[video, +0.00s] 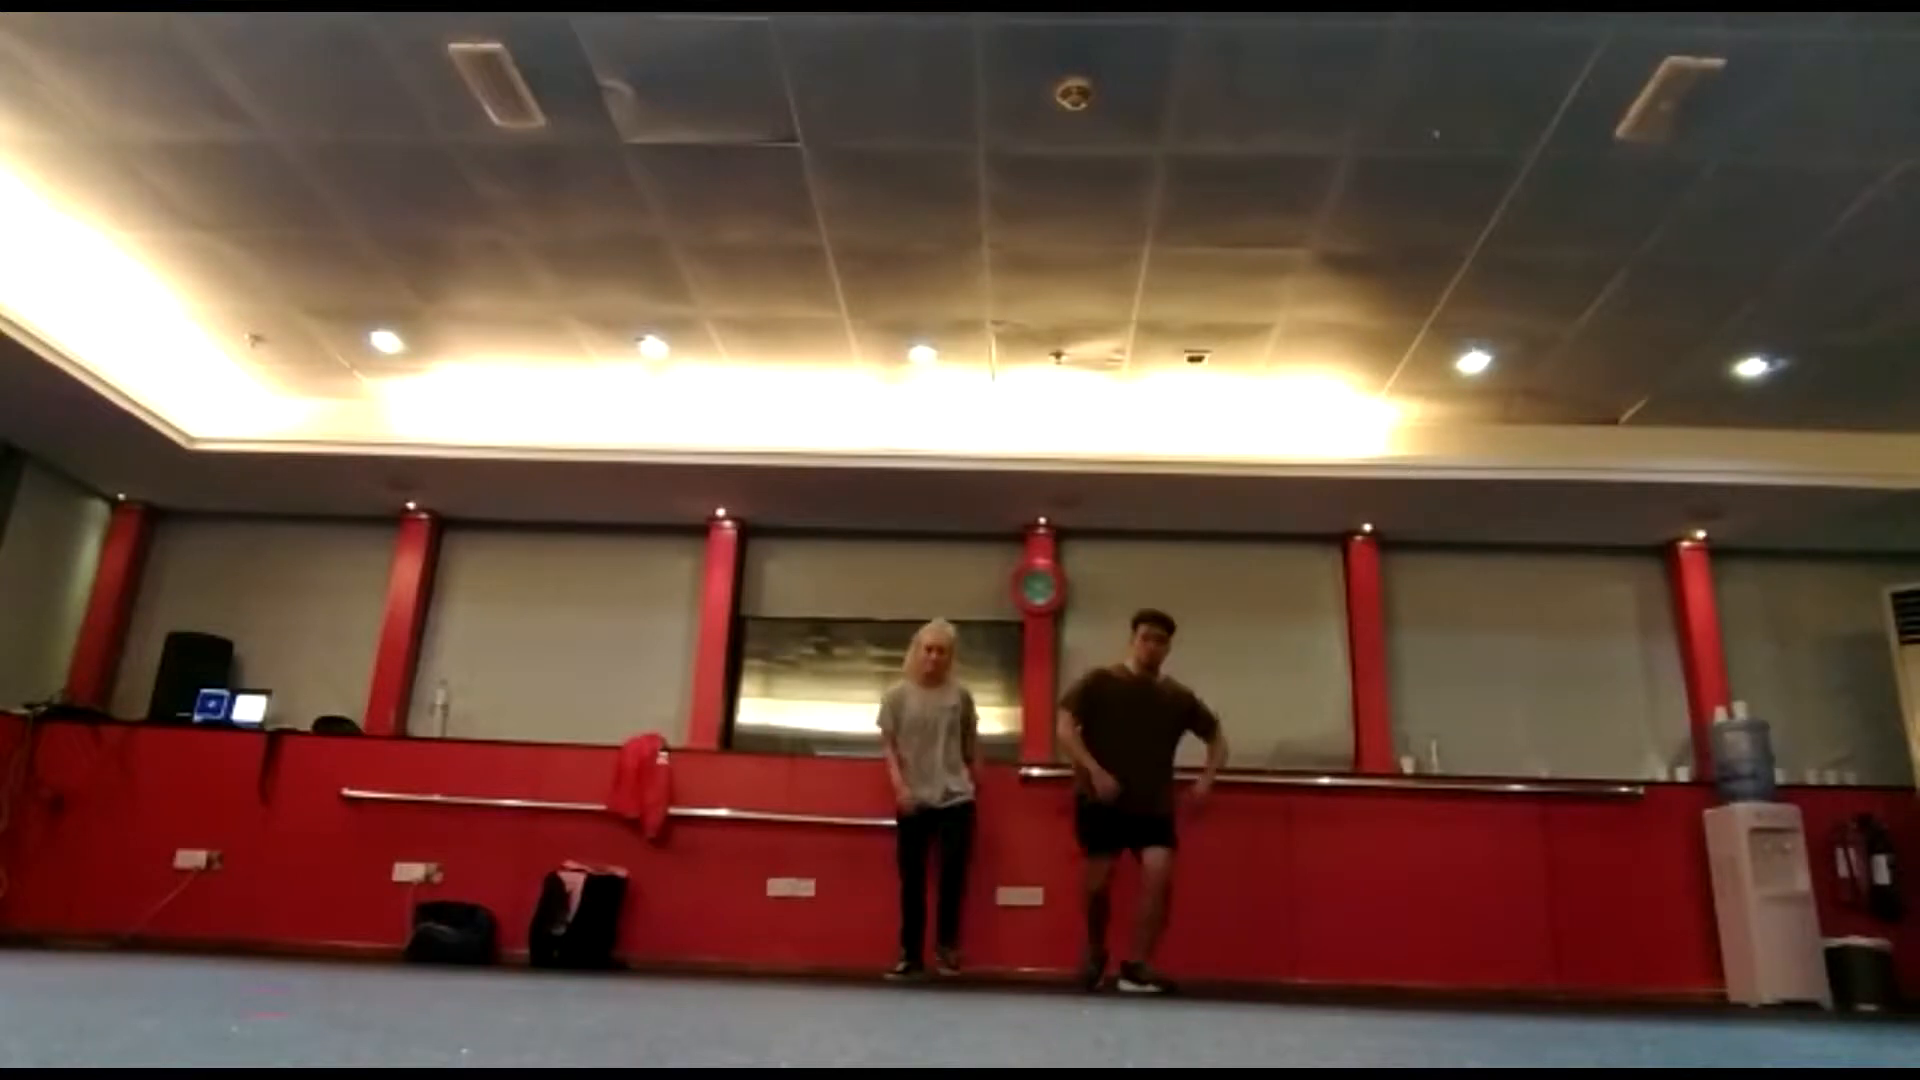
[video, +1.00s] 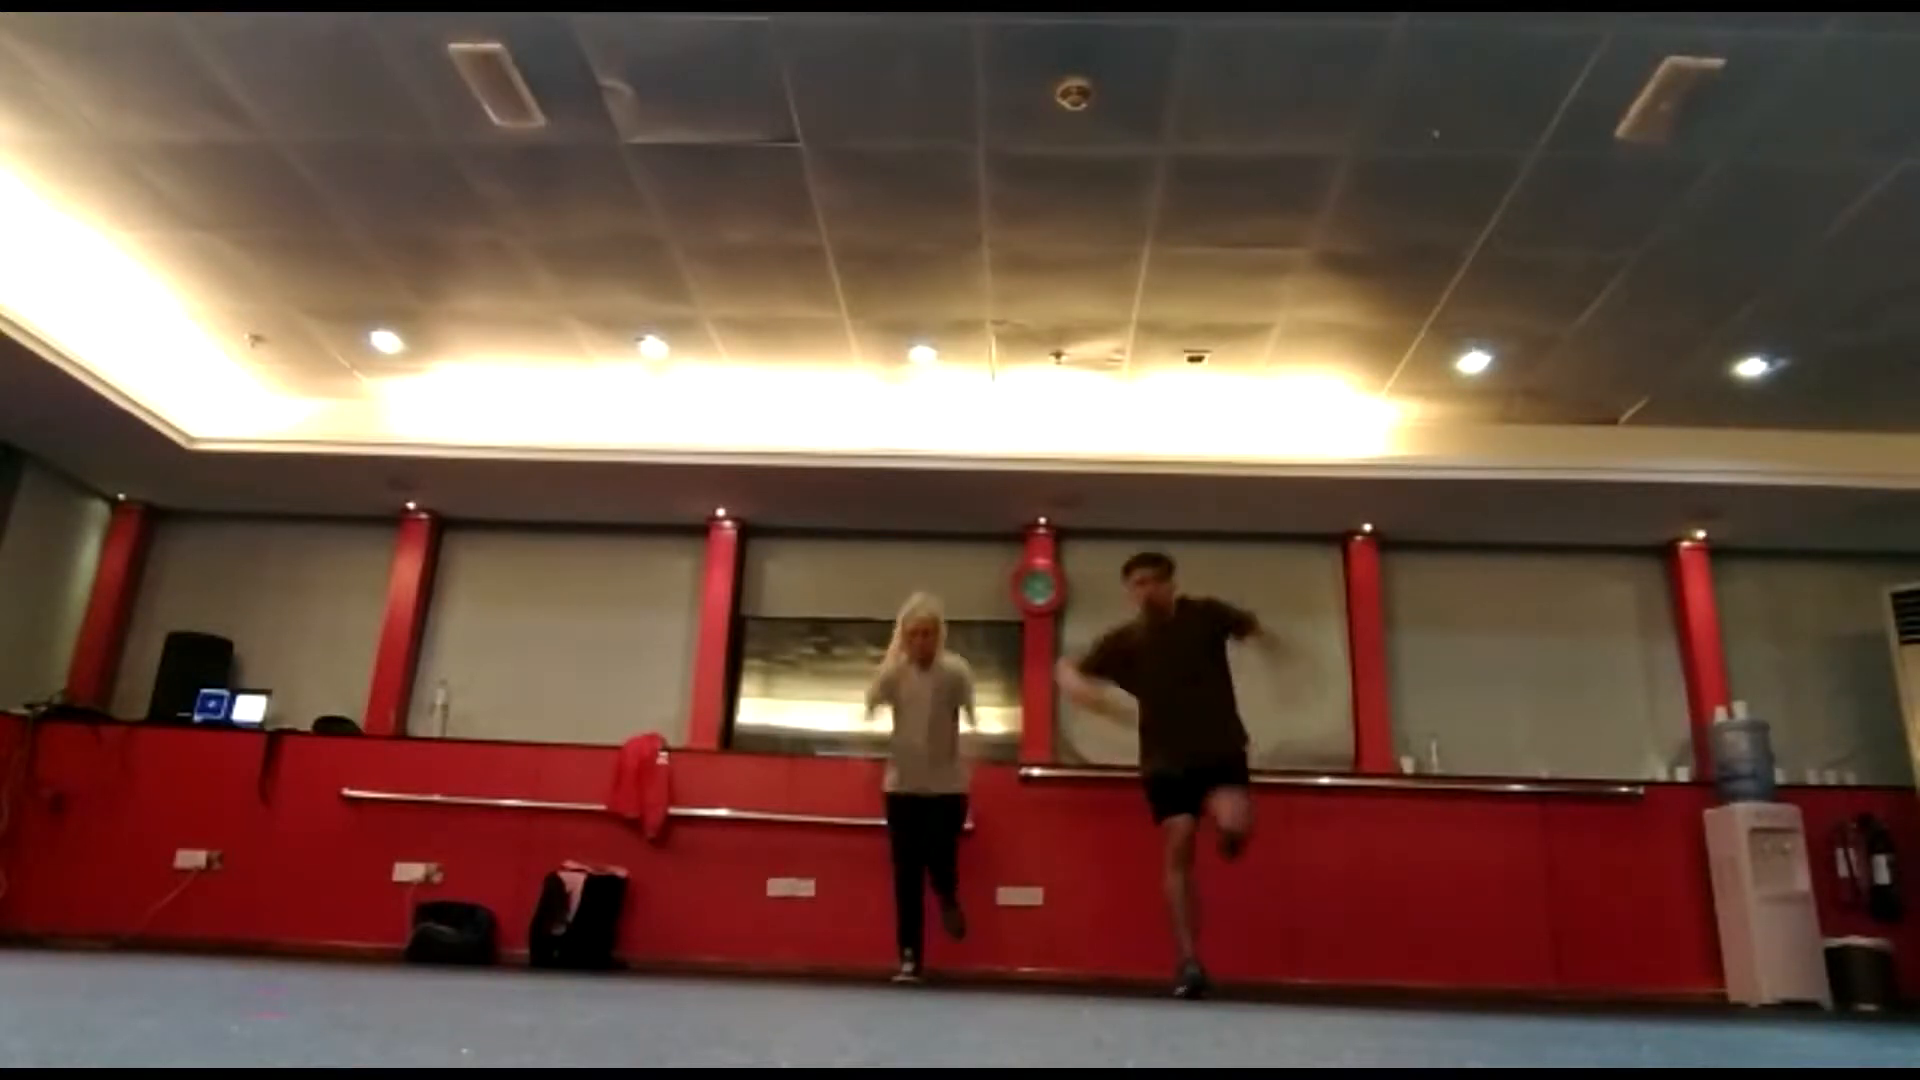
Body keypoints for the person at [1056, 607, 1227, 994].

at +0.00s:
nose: (1152, 647)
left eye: (1159, 641)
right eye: (1146, 638)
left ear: (1168, 648)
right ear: (1132, 640)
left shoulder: (1176, 697)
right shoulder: (1099, 683)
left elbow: (1216, 737)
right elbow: (1064, 726)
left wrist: (1207, 778)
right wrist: (1094, 772)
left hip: (1153, 800)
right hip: (1103, 797)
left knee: (1159, 872)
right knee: (1097, 876)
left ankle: (1137, 963)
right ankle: (1095, 957)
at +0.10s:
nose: (1162, 664)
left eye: (1170, 658)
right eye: (1157, 655)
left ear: (1180, 665)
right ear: (1143, 656)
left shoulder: (1179, 715)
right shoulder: (1110, 693)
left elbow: (1214, 764)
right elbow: (1073, 739)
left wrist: (1208, 788)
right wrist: (1098, 789)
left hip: (1154, 807)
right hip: (1108, 803)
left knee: (1162, 879)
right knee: (1104, 887)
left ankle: (1136, 965)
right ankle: (1098, 963)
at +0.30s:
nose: (1171, 619)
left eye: (1180, 612)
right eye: (1166, 610)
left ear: (1192, 619)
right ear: (1154, 613)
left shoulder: (1195, 675)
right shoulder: (1123, 645)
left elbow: (1183, 736)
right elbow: (1090, 691)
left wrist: (1179, 790)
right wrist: (1104, 737)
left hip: (1158, 763)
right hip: (1115, 752)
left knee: (1154, 851)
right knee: (1113, 809)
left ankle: (1141, 948)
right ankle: (1106, 850)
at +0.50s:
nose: (1154, 610)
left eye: (1162, 602)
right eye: (1147, 603)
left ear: (1177, 607)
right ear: (1137, 609)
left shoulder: (1197, 660)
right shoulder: (1122, 646)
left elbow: (1188, 730)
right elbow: (1097, 692)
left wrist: (1172, 788)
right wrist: (1120, 732)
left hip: (1173, 754)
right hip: (1131, 745)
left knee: (1162, 846)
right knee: (1137, 797)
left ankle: (1151, 948)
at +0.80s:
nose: (1122, 647)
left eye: (1129, 637)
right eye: (1113, 641)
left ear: (1145, 638)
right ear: (1105, 648)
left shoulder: (1187, 670)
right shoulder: (1118, 698)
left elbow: (1249, 695)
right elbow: (1119, 753)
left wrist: (1200, 731)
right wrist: (1143, 766)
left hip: (1210, 783)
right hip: (1162, 785)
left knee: (1191, 879)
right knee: (1170, 845)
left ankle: (1153, 950)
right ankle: (1188, 958)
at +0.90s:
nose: (1132, 614)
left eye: (1138, 603)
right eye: (1124, 608)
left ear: (1156, 604)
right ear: (1116, 616)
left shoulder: (1198, 636)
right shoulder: (1122, 666)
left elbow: (1250, 665)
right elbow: (1111, 728)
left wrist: (1219, 708)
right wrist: (1158, 734)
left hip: (1216, 759)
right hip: (1165, 764)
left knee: (1223, 852)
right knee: (1176, 844)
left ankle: (1196, 880)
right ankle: (1188, 959)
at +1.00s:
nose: (1147, 592)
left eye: (1153, 581)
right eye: (1138, 584)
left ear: (1171, 582)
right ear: (1128, 591)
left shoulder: (1206, 615)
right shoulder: (1126, 640)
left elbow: (1256, 630)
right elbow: (1070, 676)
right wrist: (1104, 701)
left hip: (1218, 742)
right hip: (1166, 751)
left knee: (1234, 821)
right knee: (1179, 845)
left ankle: (1232, 834)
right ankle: (1188, 960)